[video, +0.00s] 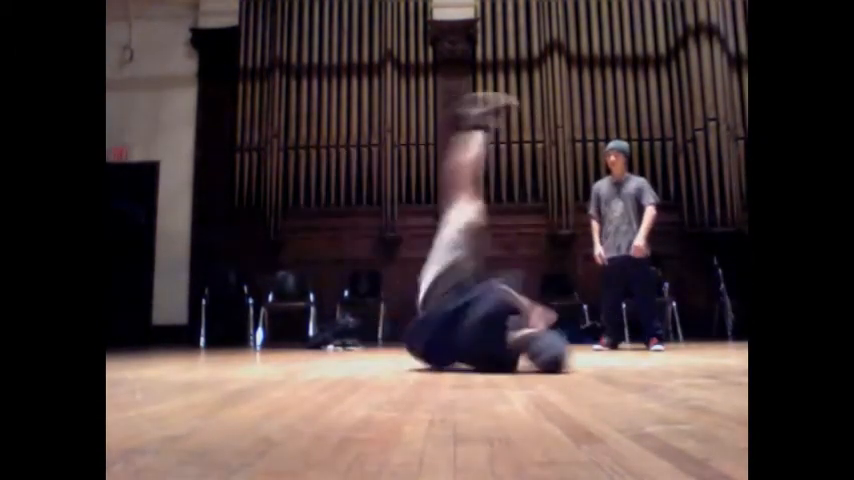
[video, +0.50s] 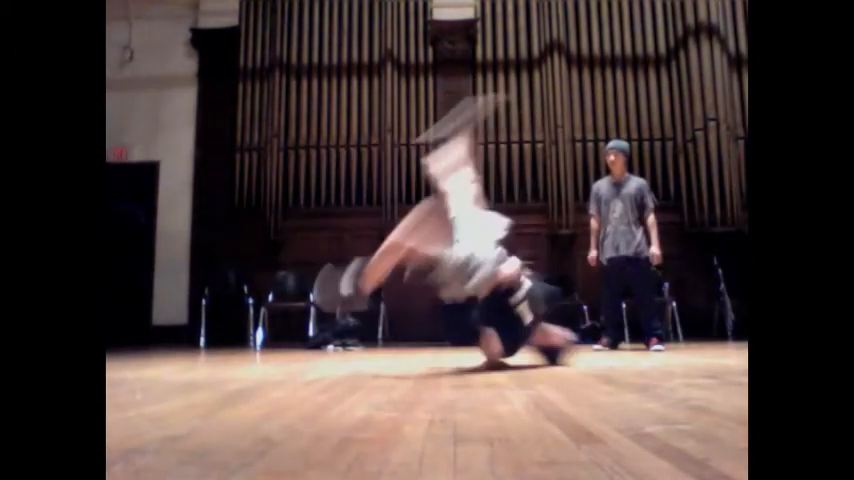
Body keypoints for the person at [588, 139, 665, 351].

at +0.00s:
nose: (612, 160)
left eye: (616, 156)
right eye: (609, 156)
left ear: (625, 159)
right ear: (606, 160)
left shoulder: (639, 183)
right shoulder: (599, 187)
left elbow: (650, 209)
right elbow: (594, 217)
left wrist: (641, 238)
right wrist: (597, 245)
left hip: (635, 253)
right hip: (610, 254)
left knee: (645, 298)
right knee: (609, 300)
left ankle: (653, 336)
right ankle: (609, 337)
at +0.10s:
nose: (612, 160)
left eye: (616, 156)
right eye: (609, 156)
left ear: (625, 158)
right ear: (606, 160)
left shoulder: (639, 184)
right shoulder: (599, 187)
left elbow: (650, 210)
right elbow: (595, 218)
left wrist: (641, 237)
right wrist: (597, 245)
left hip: (635, 253)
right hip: (610, 255)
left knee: (645, 298)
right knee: (609, 300)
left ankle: (653, 336)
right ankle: (609, 337)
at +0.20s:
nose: (612, 160)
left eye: (616, 155)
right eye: (609, 156)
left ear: (625, 158)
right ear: (606, 160)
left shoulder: (639, 184)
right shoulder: (599, 187)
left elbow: (648, 211)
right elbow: (595, 218)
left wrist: (646, 239)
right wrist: (596, 245)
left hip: (634, 250)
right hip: (610, 252)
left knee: (645, 296)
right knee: (610, 298)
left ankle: (653, 336)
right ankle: (610, 336)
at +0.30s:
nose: (612, 159)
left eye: (616, 155)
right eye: (609, 155)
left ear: (625, 158)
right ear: (606, 159)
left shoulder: (639, 184)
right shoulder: (599, 188)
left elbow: (648, 213)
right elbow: (595, 218)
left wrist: (648, 240)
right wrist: (596, 245)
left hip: (635, 250)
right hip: (610, 252)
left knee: (645, 296)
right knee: (610, 298)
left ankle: (653, 336)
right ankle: (609, 336)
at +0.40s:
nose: (611, 159)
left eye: (616, 155)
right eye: (609, 155)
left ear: (625, 158)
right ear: (606, 159)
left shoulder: (639, 184)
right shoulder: (599, 187)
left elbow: (649, 214)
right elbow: (595, 219)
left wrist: (651, 243)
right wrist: (595, 247)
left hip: (636, 251)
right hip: (610, 252)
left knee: (645, 297)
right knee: (609, 299)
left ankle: (653, 336)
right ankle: (609, 336)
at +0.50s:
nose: (612, 159)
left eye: (616, 155)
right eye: (609, 155)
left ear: (625, 158)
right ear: (606, 159)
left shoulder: (639, 185)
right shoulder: (598, 187)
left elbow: (649, 215)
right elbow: (594, 219)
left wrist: (655, 245)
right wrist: (593, 247)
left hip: (636, 251)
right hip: (610, 252)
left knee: (645, 297)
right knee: (610, 299)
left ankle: (653, 336)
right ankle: (609, 337)